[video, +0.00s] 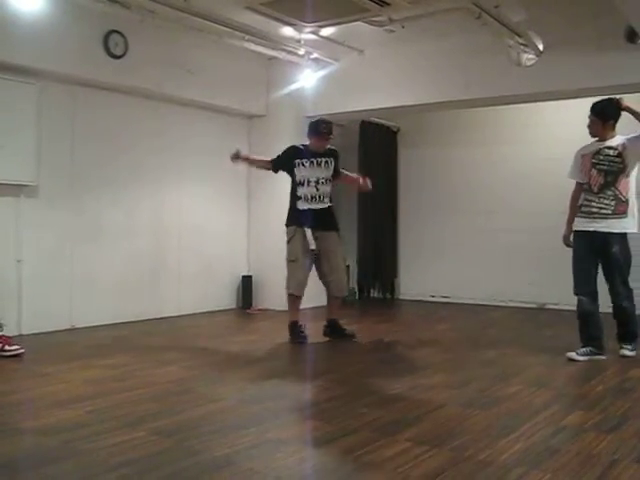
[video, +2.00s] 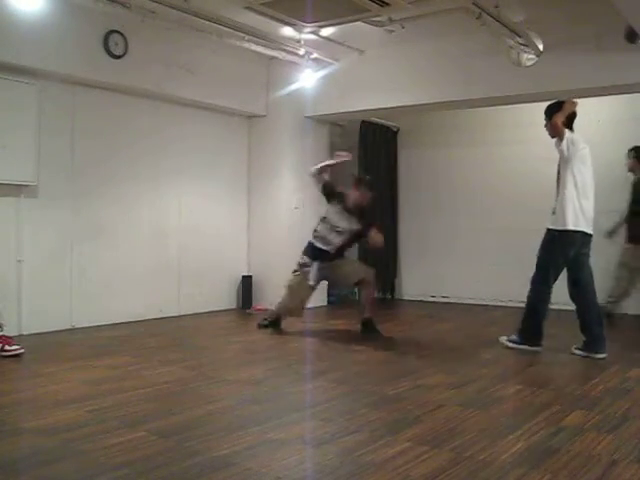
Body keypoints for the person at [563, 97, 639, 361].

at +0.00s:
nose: (588, 124)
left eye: (592, 120)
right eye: (589, 119)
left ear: (607, 122)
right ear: (603, 122)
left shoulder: (627, 148)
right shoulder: (584, 152)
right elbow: (578, 191)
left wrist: (628, 108)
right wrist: (569, 227)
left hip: (614, 232)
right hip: (583, 231)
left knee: (619, 289)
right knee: (585, 292)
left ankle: (629, 340)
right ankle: (592, 345)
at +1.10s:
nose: (568, 117)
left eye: (570, 112)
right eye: (568, 112)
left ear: (582, 112)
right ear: (586, 113)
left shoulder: (604, 139)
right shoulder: (586, 139)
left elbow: (609, 125)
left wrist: (600, 98)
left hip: (595, 228)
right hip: (579, 225)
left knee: (592, 291)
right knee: (575, 288)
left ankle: (597, 355)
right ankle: (587, 345)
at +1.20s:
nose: (568, 120)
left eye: (569, 114)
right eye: (567, 114)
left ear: (582, 113)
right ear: (584, 113)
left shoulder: (602, 140)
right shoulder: (587, 139)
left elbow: (602, 123)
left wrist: (597, 98)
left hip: (593, 228)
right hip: (580, 226)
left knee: (590, 290)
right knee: (579, 288)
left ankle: (596, 355)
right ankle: (588, 346)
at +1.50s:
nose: (564, 126)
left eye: (566, 120)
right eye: (564, 120)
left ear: (577, 118)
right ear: (576, 119)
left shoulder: (595, 143)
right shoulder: (587, 145)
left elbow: (582, 126)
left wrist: (589, 106)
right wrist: (588, 106)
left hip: (587, 229)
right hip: (582, 228)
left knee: (581, 292)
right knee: (587, 290)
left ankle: (594, 354)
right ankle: (589, 347)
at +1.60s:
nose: (562, 124)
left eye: (564, 119)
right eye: (562, 119)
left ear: (576, 118)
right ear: (576, 119)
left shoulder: (591, 142)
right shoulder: (587, 145)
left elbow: (581, 122)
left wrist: (588, 105)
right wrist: (587, 104)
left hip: (583, 228)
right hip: (589, 227)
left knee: (566, 285)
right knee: (590, 287)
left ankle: (588, 347)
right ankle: (594, 345)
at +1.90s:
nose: (552, 129)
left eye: (553, 123)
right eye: (551, 124)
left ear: (563, 120)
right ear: (568, 122)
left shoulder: (577, 143)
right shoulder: (585, 146)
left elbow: (565, 121)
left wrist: (574, 105)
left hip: (570, 226)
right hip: (588, 228)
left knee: (542, 281)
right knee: (587, 290)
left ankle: (543, 341)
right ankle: (595, 345)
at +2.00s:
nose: (546, 129)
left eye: (548, 124)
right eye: (546, 124)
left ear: (559, 121)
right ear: (566, 122)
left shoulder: (571, 144)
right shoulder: (579, 146)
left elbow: (556, 123)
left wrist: (567, 108)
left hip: (564, 228)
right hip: (581, 229)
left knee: (540, 283)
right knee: (583, 290)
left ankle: (529, 336)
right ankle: (595, 344)